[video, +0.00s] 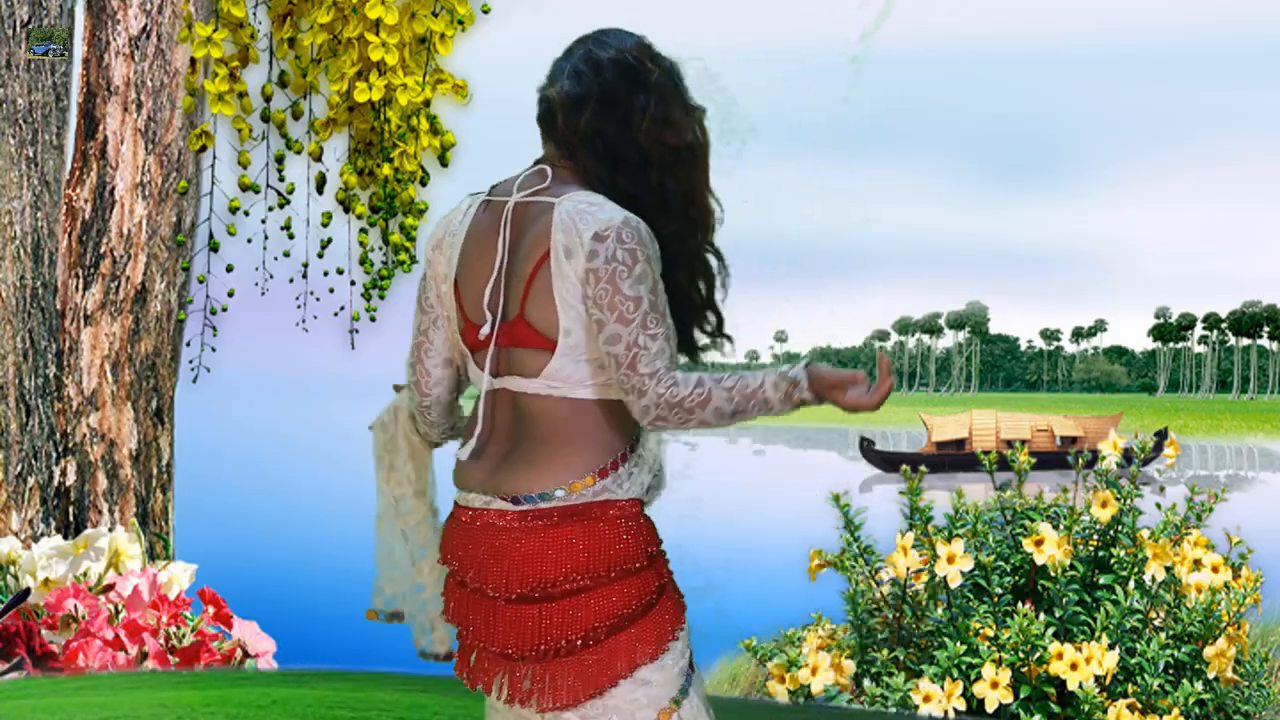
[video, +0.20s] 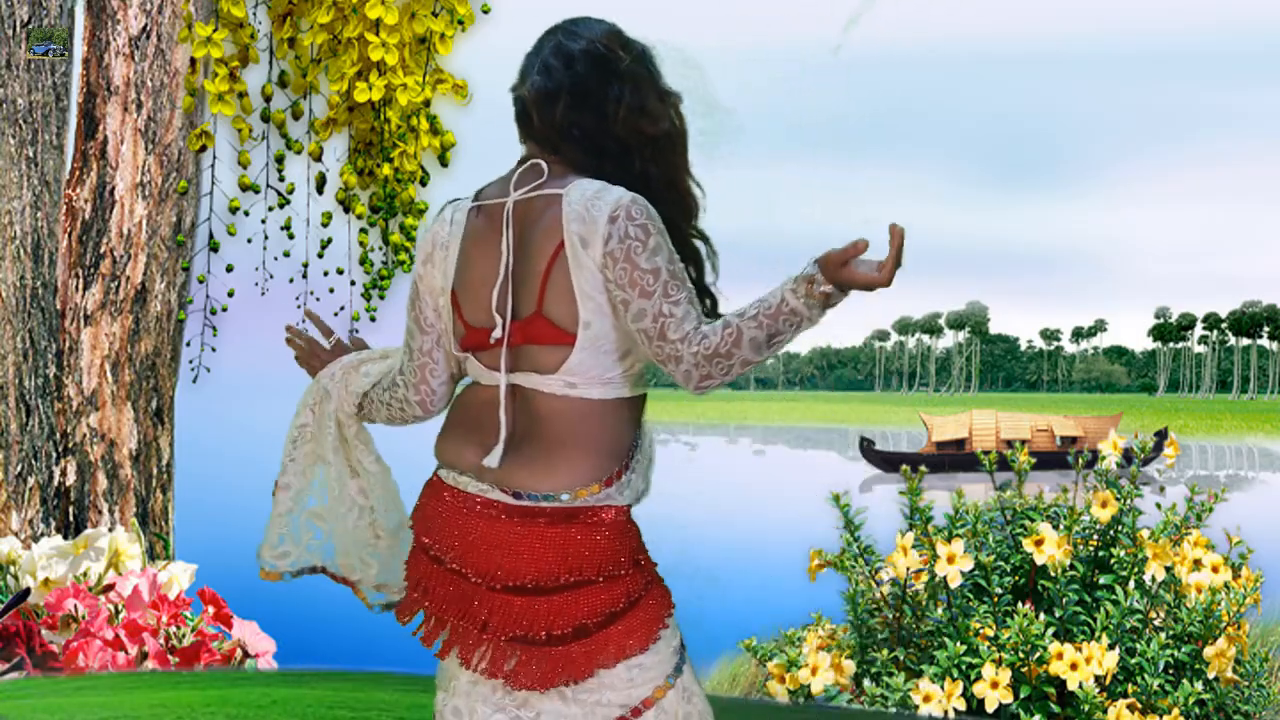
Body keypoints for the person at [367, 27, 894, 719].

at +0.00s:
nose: (672, 152)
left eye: (671, 130)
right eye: (666, 132)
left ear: (552, 119)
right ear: (642, 133)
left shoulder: (455, 226)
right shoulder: (607, 232)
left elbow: (428, 409)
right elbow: (657, 397)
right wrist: (807, 383)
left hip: (478, 523)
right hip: (586, 522)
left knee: (517, 705)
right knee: (647, 703)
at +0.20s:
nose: (656, 123)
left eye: (651, 104)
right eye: (645, 104)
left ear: (529, 110)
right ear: (622, 115)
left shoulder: (453, 223)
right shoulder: (615, 216)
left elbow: (420, 390)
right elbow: (698, 361)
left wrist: (340, 374)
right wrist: (819, 283)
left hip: (454, 513)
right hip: (573, 531)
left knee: (480, 691)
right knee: (648, 699)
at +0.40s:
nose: (663, 116)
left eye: (657, 97)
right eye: (654, 99)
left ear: (533, 112)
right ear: (633, 109)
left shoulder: (462, 235)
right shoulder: (646, 217)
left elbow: (433, 404)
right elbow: (734, 351)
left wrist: (322, 393)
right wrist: (860, 271)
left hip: (471, 506)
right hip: (599, 523)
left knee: (483, 694)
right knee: (653, 698)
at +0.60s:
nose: (702, 125)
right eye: (693, 107)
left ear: (570, 115)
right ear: (674, 116)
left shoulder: (507, 244)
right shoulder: (696, 223)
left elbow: (463, 413)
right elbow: (795, 344)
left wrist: (329, 425)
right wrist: (932, 256)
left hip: (537, 512)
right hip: (673, 520)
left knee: (547, 698)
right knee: (706, 703)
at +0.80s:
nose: (739, 128)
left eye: (734, 111)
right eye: (731, 111)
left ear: (605, 116)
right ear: (707, 118)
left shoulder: (534, 242)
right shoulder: (724, 223)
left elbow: (481, 408)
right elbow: (837, 335)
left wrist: (350, 435)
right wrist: (966, 242)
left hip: (595, 519)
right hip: (733, 510)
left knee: (602, 699)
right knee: (752, 703)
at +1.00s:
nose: (761, 130)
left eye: (754, 110)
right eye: (754, 111)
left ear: (629, 114)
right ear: (735, 119)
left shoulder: (545, 237)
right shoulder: (733, 228)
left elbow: (471, 391)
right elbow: (860, 333)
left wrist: (354, 449)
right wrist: (970, 225)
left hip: (614, 514)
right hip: (743, 499)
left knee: (628, 699)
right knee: (764, 698)